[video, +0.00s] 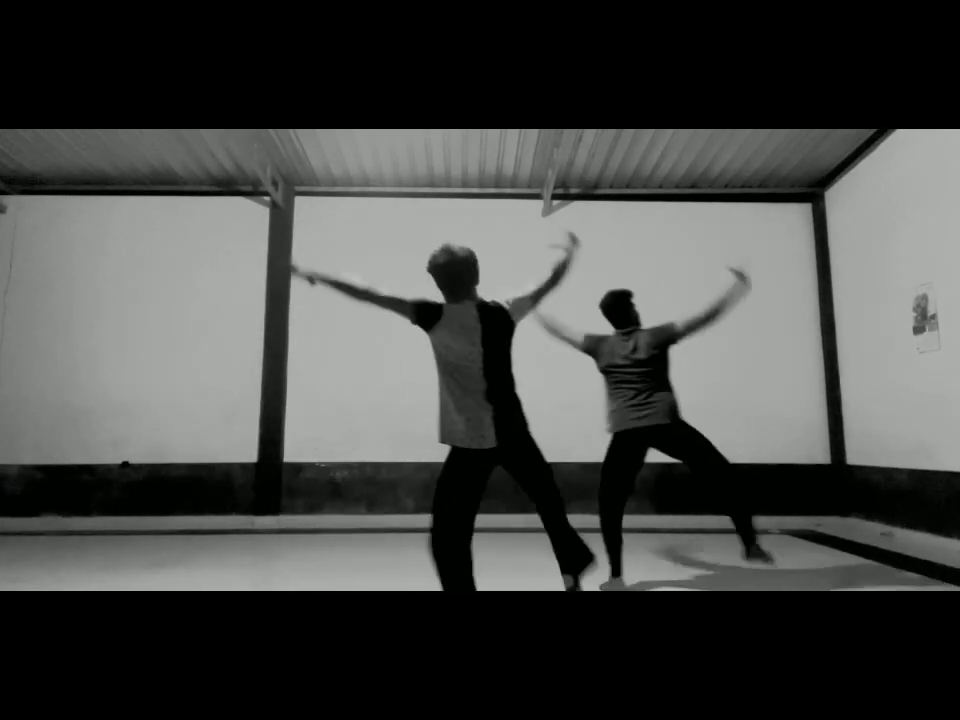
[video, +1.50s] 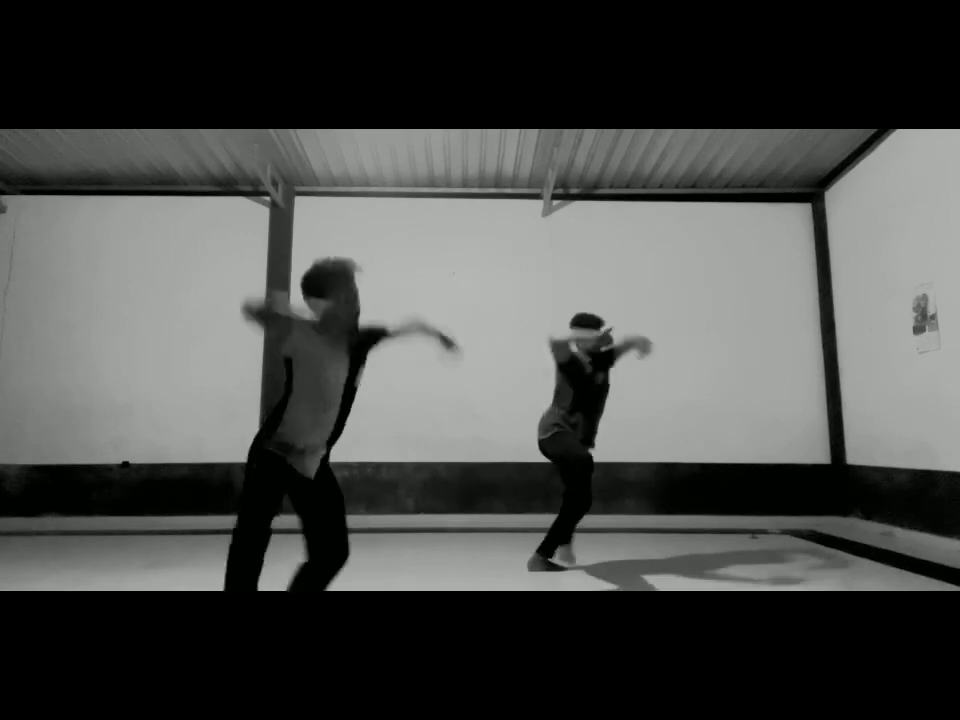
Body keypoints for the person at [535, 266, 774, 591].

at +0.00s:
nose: (637, 310)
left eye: (630, 306)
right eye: (633, 306)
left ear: (609, 319)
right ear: (632, 311)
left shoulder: (600, 346)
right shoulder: (656, 336)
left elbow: (559, 331)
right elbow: (707, 317)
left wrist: (535, 309)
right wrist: (739, 287)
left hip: (626, 434)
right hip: (666, 427)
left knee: (609, 498)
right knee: (721, 472)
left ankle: (615, 574)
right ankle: (751, 546)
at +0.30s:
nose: (644, 352)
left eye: (637, 350)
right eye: (647, 345)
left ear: (637, 355)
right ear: (659, 343)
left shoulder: (641, 392)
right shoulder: (693, 369)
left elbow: (637, 435)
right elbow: (709, 403)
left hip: (675, 461)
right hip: (720, 457)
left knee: (619, 501)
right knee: (753, 509)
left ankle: (613, 578)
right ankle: (761, 577)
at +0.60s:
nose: (643, 324)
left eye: (650, 319)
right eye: (640, 318)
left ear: (659, 324)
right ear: (636, 320)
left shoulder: (661, 348)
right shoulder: (636, 352)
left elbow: (636, 346)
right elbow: (603, 329)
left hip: (673, 439)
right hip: (659, 441)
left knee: (648, 507)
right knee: (670, 510)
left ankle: (669, 578)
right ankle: (730, 534)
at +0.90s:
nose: (646, 321)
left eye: (649, 316)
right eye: (641, 315)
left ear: (649, 320)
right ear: (625, 316)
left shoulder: (648, 354)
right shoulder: (616, 343)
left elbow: (688, 373)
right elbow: (640, 355)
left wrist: (688, 351)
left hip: (622, 433)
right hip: (595, 427)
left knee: (650, 491)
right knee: (590, 494)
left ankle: (627, 562)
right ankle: (572, 568)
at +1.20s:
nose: (624, 344)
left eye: (626, 338)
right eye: (620, 337)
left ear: (614, 339)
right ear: (604, 336)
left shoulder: (601, 363)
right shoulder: (601, 361)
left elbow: (625, 399)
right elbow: (630, 394)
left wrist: (654, 411)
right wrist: (653, 407)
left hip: (577, 443)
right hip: (573, 443)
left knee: (605, 492)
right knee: (599, 496)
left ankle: (601, 559)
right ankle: (586, 578)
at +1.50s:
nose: (598, 341)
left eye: (598, 337)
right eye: (592, 337)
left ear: (600, 339)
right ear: (580, 340)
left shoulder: (603, 360)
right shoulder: (570, 362)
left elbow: (626, 346)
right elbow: (557, 345)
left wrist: (639, 344)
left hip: (579, 440)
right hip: (555, 432)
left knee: (579, 499)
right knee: (582, 464)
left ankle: (541, 557)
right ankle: (565, 541)